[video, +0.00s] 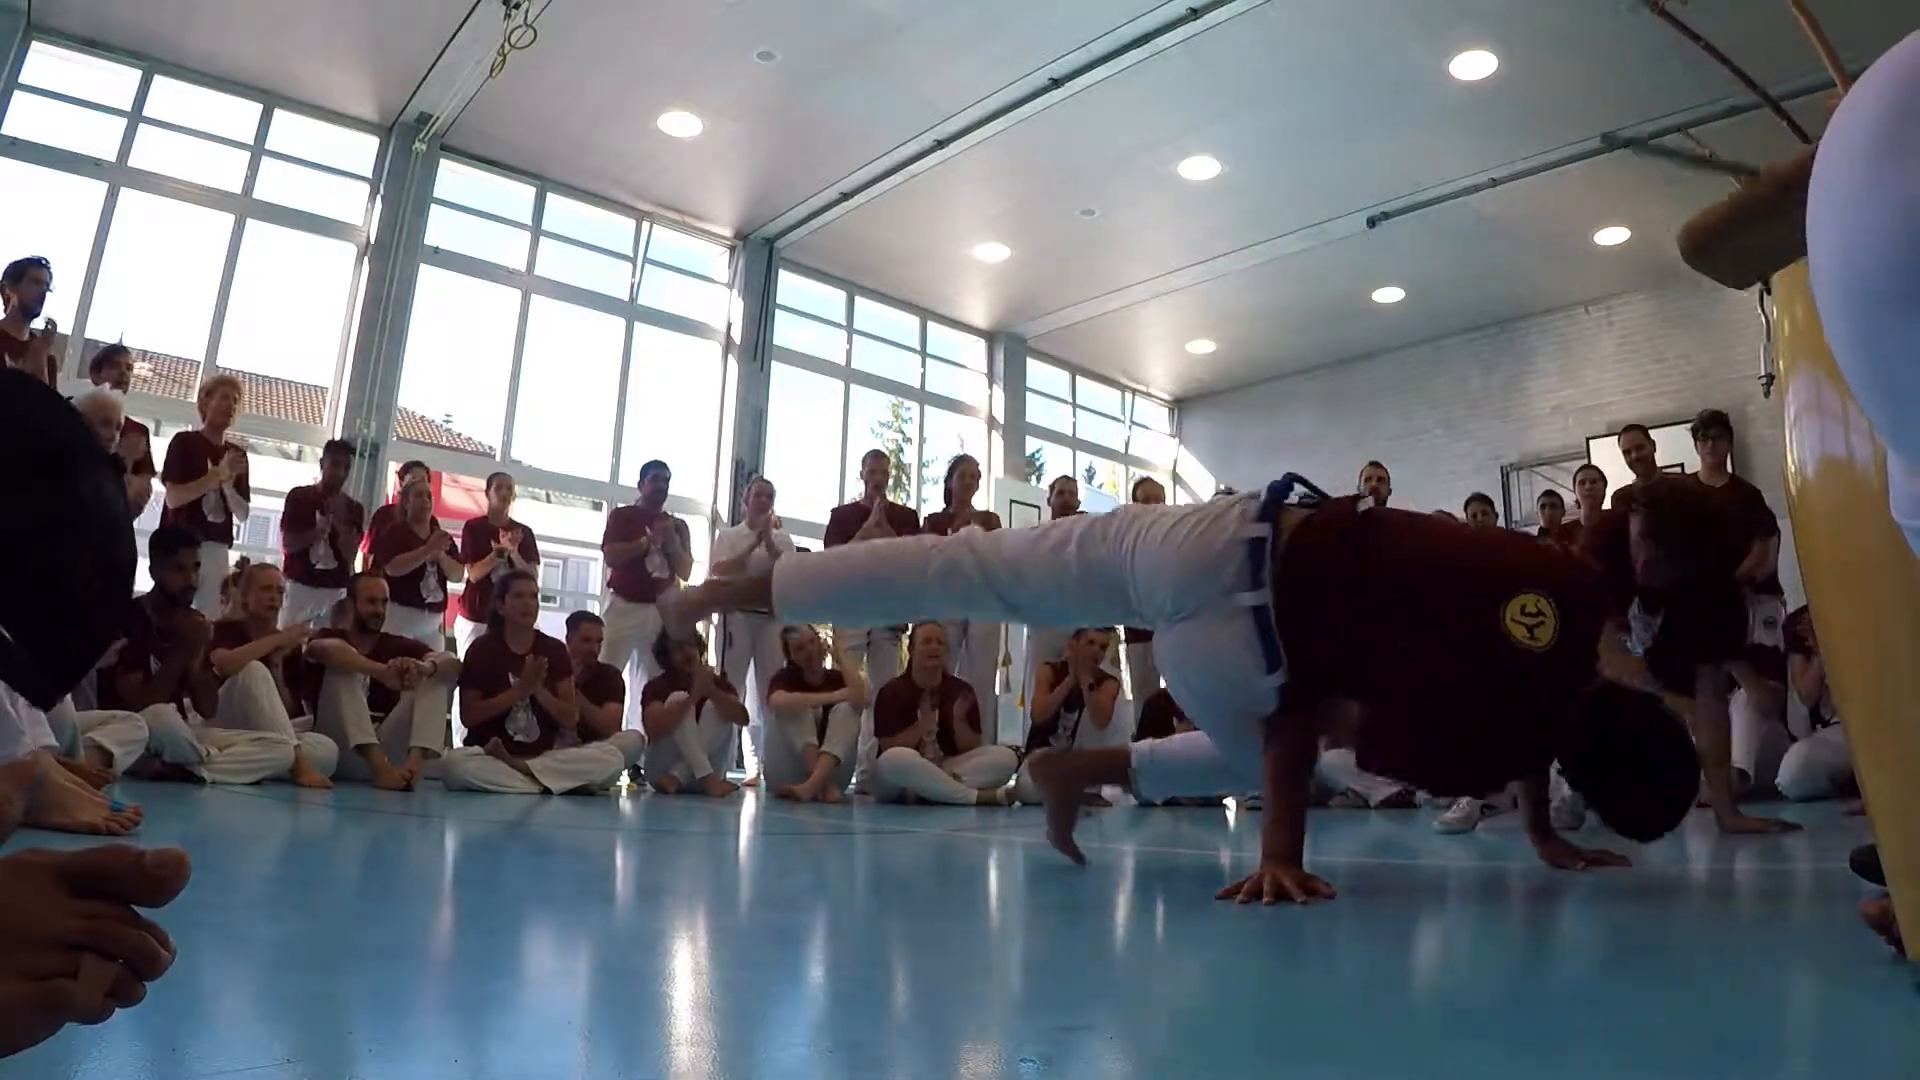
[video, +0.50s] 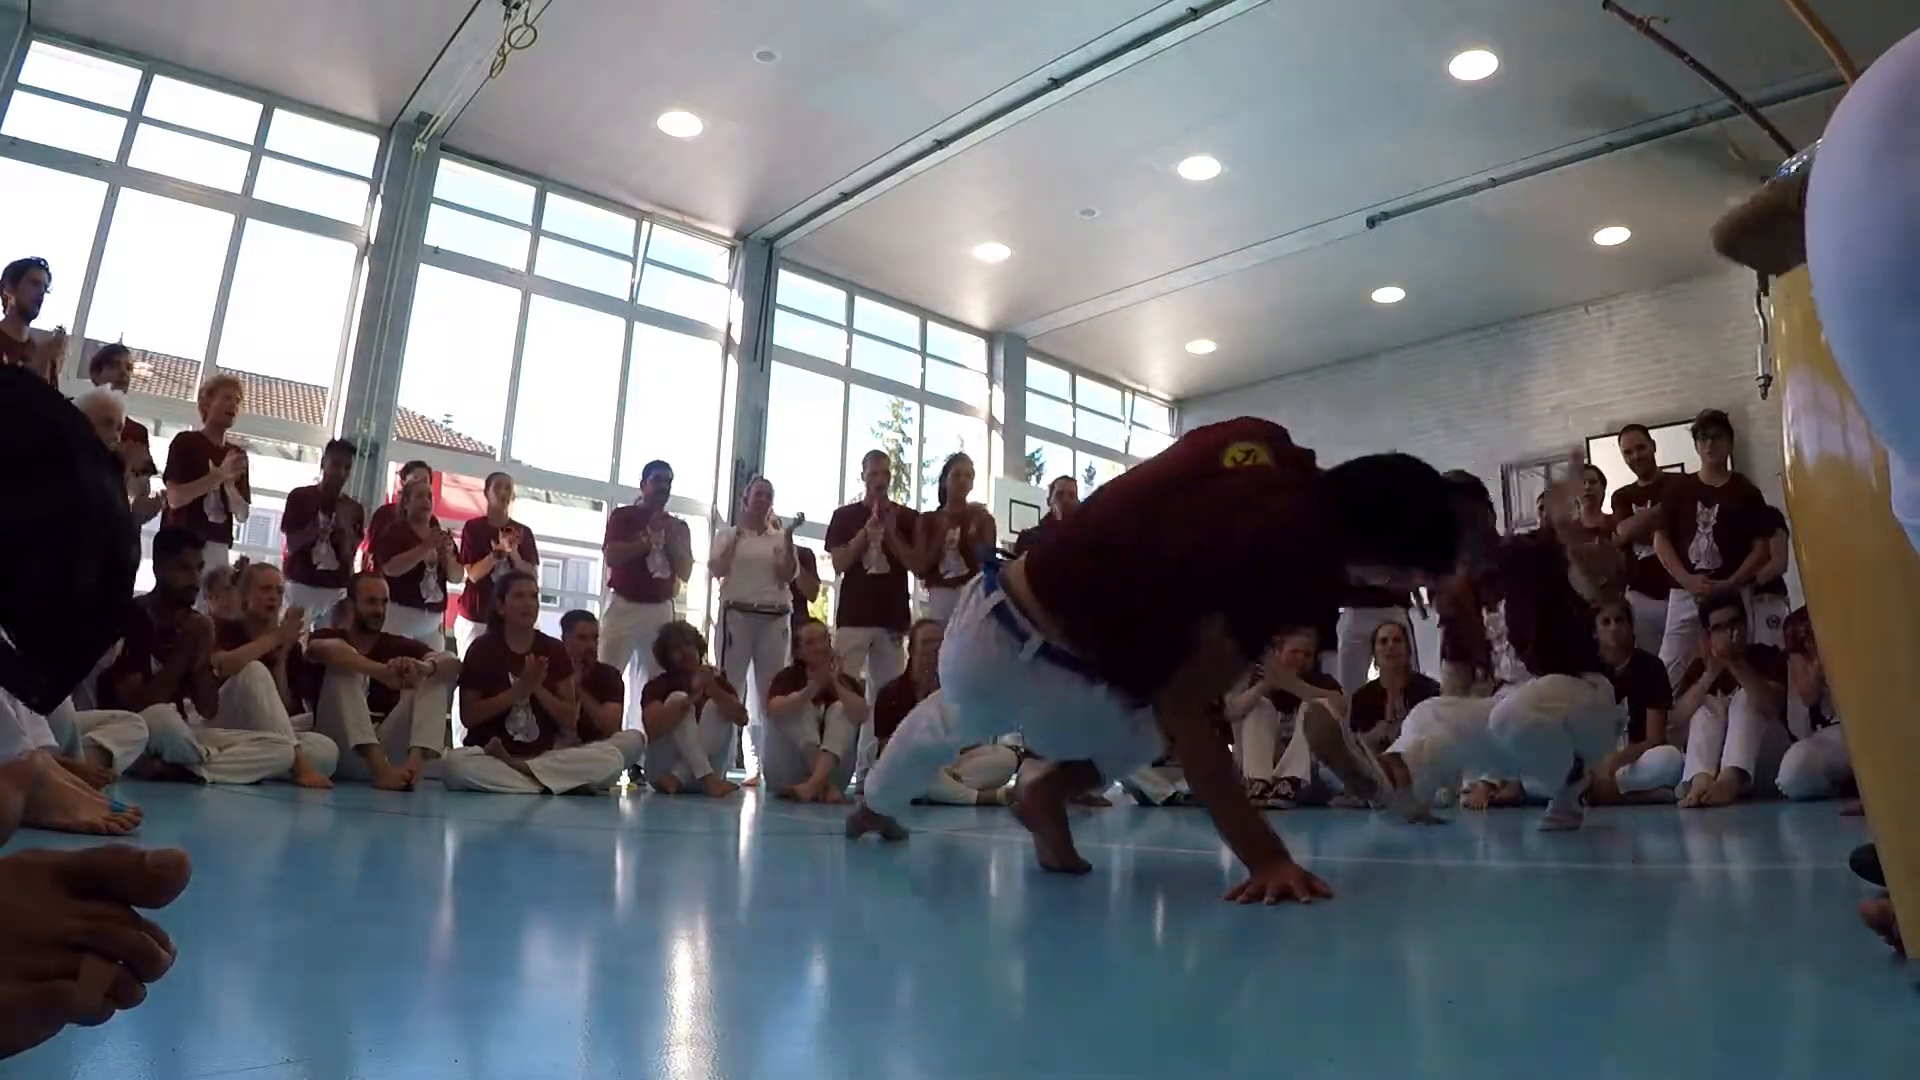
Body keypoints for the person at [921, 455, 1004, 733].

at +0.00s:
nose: (970, 481)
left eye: (975, 477)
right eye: (963, 475)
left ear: (980, 483)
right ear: (950, 480)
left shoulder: (990, 521)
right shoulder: (934, 521)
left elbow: (1000, 562)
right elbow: (928, 565)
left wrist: (981, 536)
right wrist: (953, 540)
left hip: (986, 605)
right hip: (947, 603)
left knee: (983, 676)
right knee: (943, 672)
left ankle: (984, 746)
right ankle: (940, 741)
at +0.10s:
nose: (969, 481)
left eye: (974, 476)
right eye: (963, 475)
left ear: (979, 482)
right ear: (949, 481)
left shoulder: (989, 521)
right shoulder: (932, 522)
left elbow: (992, 569)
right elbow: (925, 569)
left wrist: (969, 541)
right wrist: (948, 538)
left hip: (980, 610)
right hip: (940, 610)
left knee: (979, 690)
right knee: (938, 686)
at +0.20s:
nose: (966, 480)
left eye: (972, 476)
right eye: (961, 475)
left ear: (977, 483)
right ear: (948, 481)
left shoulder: (989, 521)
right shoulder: (930, 521)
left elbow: (993, 568)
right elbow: (924, 568)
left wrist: (970, 541)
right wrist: (947, 536)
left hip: (979, 592)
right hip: (943, 595)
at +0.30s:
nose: (966, 480)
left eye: (971, 476)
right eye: (960, 475)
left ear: (976, 482)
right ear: (948, 480)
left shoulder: (988, 521)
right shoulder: (930, 520)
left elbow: (991, 566)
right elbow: (924, 569)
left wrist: (966, 542)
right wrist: (946, 543)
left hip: (979, 594)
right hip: (943, 595)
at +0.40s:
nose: (964, 480)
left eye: (970, 475)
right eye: (958, 475)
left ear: (974, 482)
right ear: (945, 480)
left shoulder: (986, 520)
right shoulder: (929, 520)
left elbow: (990, 565)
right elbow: (923, 567)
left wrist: (969, 538)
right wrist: (948, 537)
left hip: (977, 590)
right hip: (942, 592)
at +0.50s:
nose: (962, 480)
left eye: (968, 475)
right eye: (956, 475)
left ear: (973, 482)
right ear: (944, 480)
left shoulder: (984, 520)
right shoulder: (927, 520)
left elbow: (987, 562)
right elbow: (920, 565)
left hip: (973, 593)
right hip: (940, 593)